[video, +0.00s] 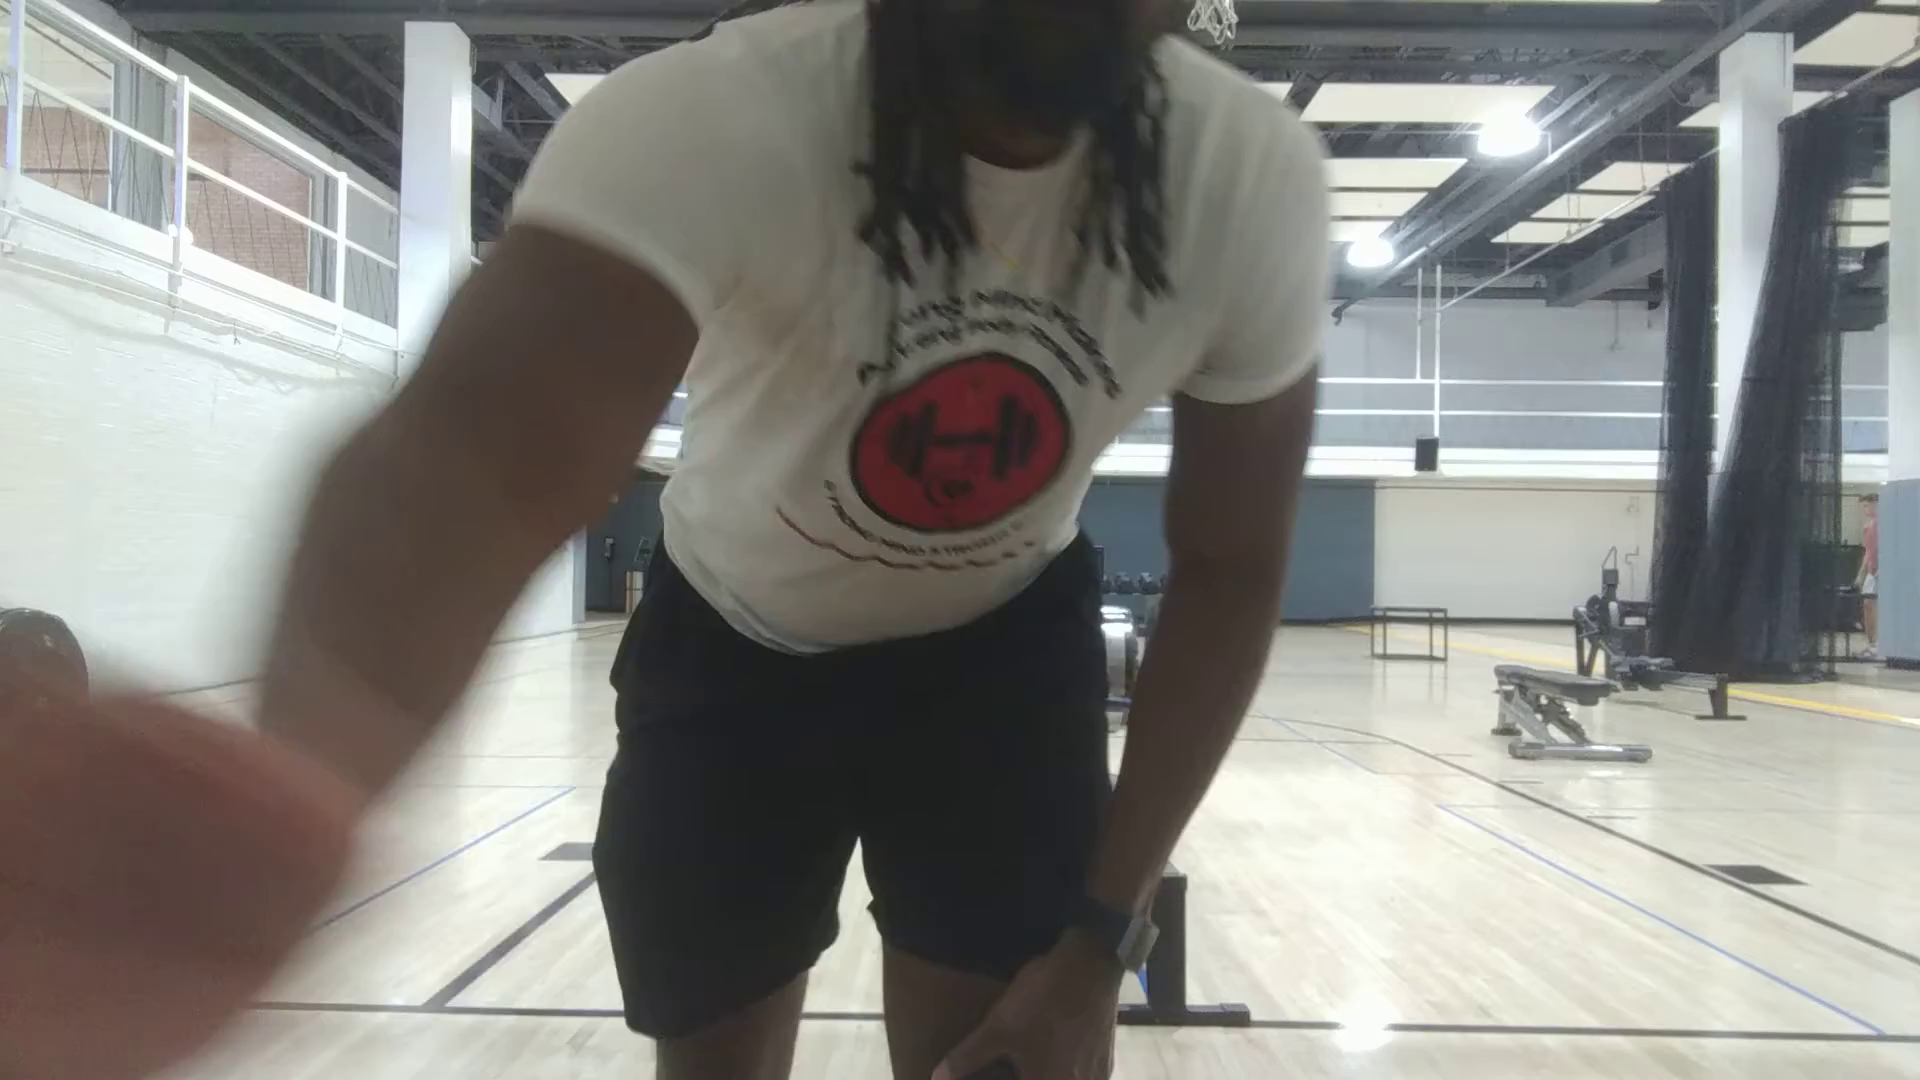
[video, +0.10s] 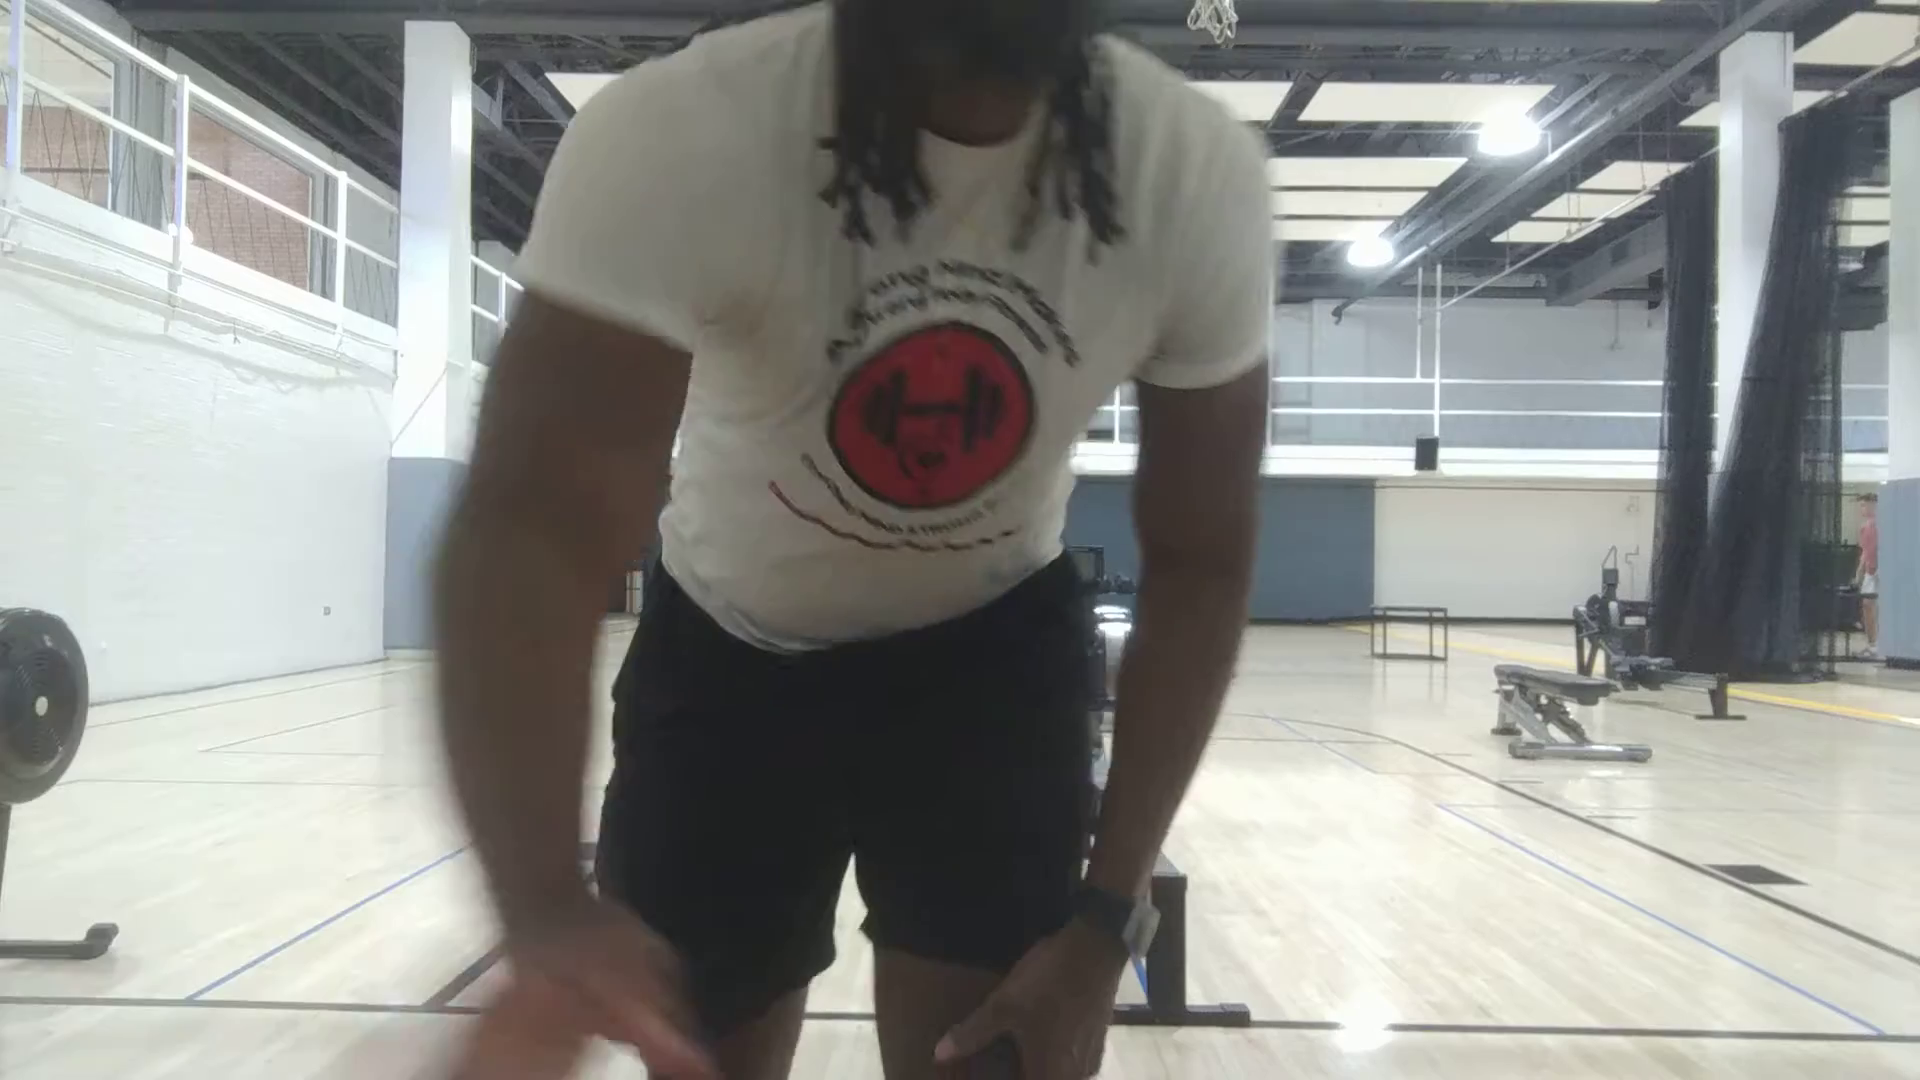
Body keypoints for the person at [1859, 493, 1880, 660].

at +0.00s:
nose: (1865, 510)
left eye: (1867, 506)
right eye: (1864, 506)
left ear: (1875, 506)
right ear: (1864, 508)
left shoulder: (1876, 524)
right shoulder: (1869, 525)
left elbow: (1872, 552)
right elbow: (1868, 553)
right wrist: (1860, 575)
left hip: (1878, 571)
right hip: (1872, 571)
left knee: (1870, 602)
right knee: (1868, 602)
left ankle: (1874, 644)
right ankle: (1872, 643)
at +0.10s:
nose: (1862, 509)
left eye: (1864, 505)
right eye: (1861, 506)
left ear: (1872, 506)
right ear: (1863, 508)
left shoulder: (1873, 525)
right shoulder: (1867, 526)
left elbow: (1870, 551)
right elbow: (1864, 552)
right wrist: (1858, 575)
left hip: (1875, 571)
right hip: (1869, 570)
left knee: (1870, 604)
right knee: (1867, 603)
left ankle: (1874, 644)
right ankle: (1872, 643)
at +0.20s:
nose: (1859, 508)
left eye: (1862, 504)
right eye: (1858, 504)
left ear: (1871, 505)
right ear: (1859, 506)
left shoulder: (1877, 524)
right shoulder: (1862, 527)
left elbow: (1883, 550)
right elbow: (1861, 552)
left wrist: (1876, 570)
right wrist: (1855, 575)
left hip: (1877, 570)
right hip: (1866, 570)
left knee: (1870, 601)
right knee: (1866, 602)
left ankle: (1874, 643)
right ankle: (1871, 642)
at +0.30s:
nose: (1856, 509)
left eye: (1858, 505)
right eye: (1855, 505)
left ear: (1867, 505)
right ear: (1856, 507)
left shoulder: (1877, 524)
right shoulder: (1860, 527)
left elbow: (1884, 552)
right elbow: (1860, 553)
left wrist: (1874, 571)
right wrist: (1854, 576)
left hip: (1879, 570)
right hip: (1868, 571)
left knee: (1868, 601)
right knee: (1866, 602)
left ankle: (1874, 643)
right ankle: (1871, 643)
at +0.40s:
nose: (1855, 511)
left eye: (1857, 507)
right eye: (1854, 507)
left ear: (1865, 506)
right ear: (1855, 509)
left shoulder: (1877, 524)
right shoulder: (1860, 528)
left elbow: (1884, 553)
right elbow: (1860, 554)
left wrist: (1874, 572)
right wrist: (1854, 576)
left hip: (1879, 571)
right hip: (1868, 572)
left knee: (1867, 604)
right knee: (1865, 604)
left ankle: (1873, 643)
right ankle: (1871, 643)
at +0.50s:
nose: (1855, 511)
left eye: (1857, 507)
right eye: (1854, 507)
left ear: (1866, 506)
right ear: (1856, 509)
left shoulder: (1877, 525)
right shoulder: (1860, 528)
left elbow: (1884, 553)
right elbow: (1861, 553)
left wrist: (1874, 572)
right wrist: (1854, 577)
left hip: (1879, 571)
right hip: (1868, 572)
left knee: (1868, 603)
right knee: (1865, 604)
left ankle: (1873, 643)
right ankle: (1871, 643)